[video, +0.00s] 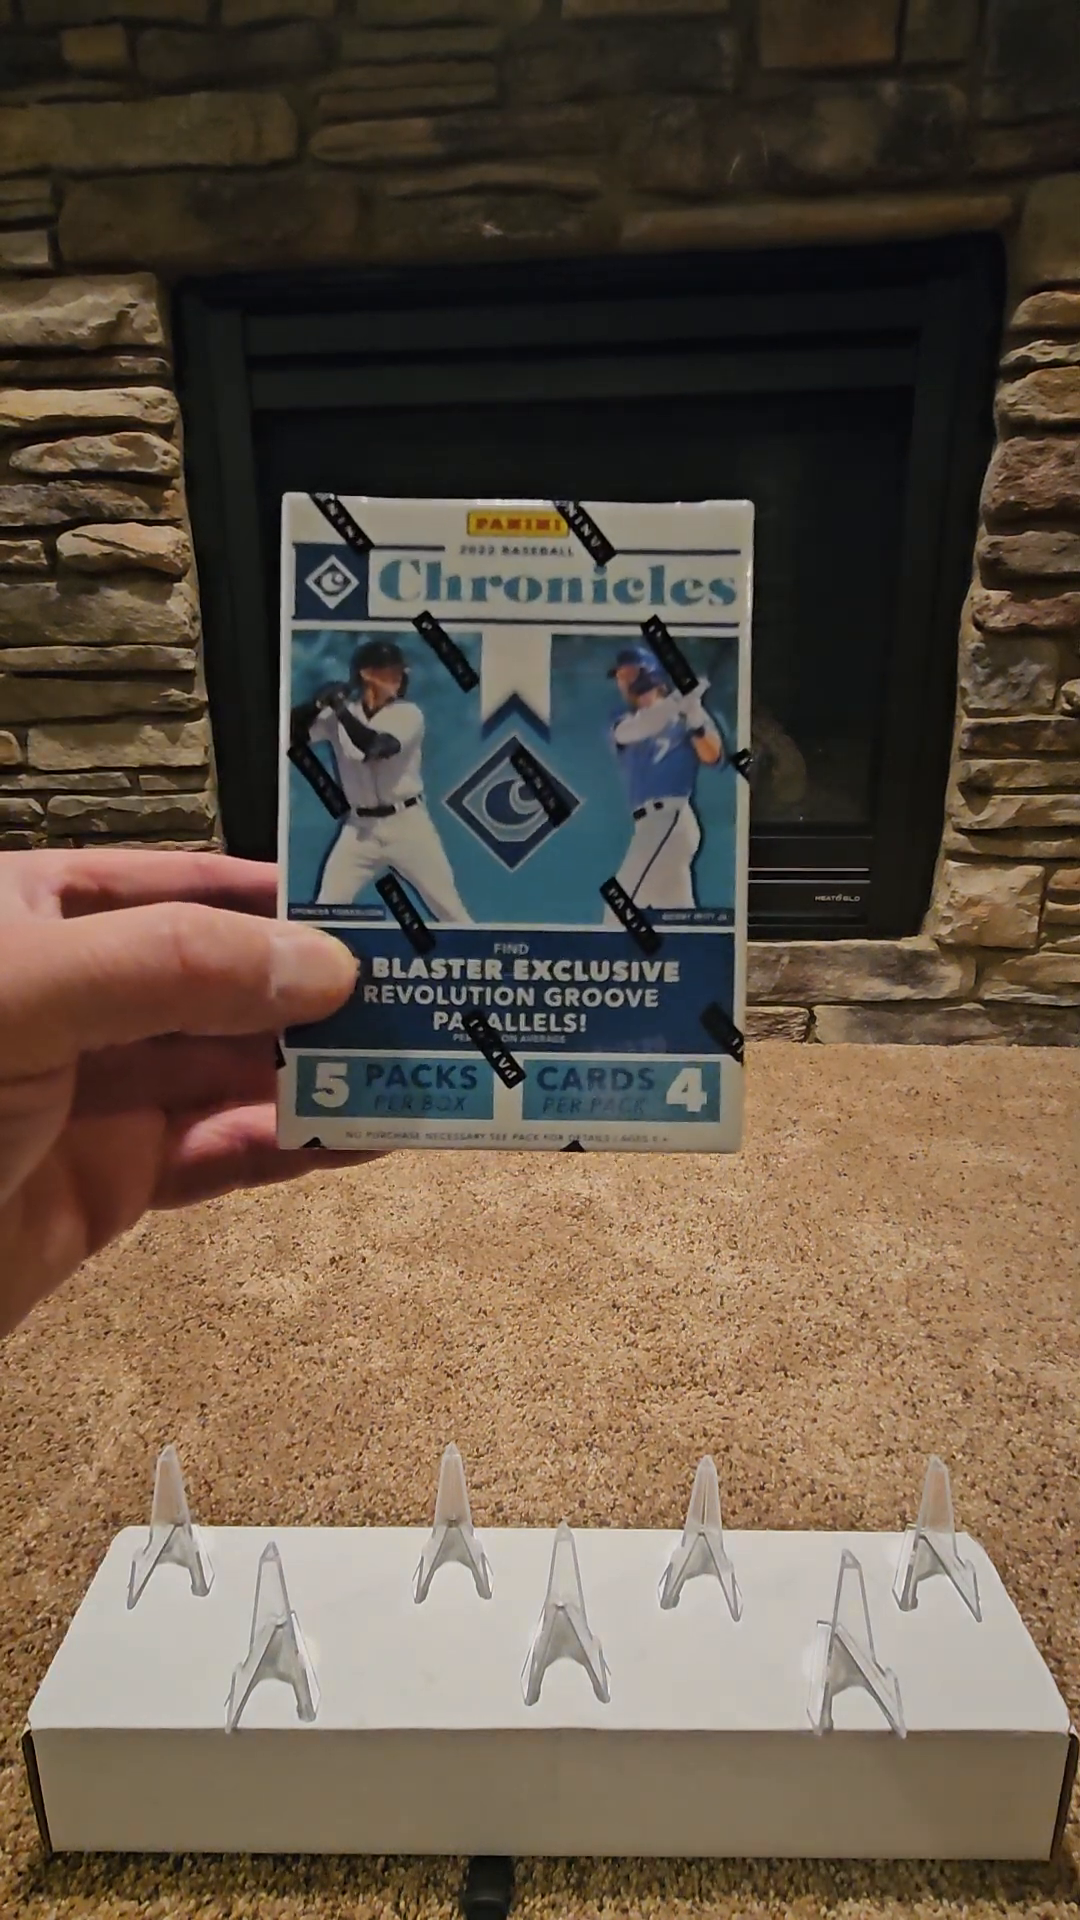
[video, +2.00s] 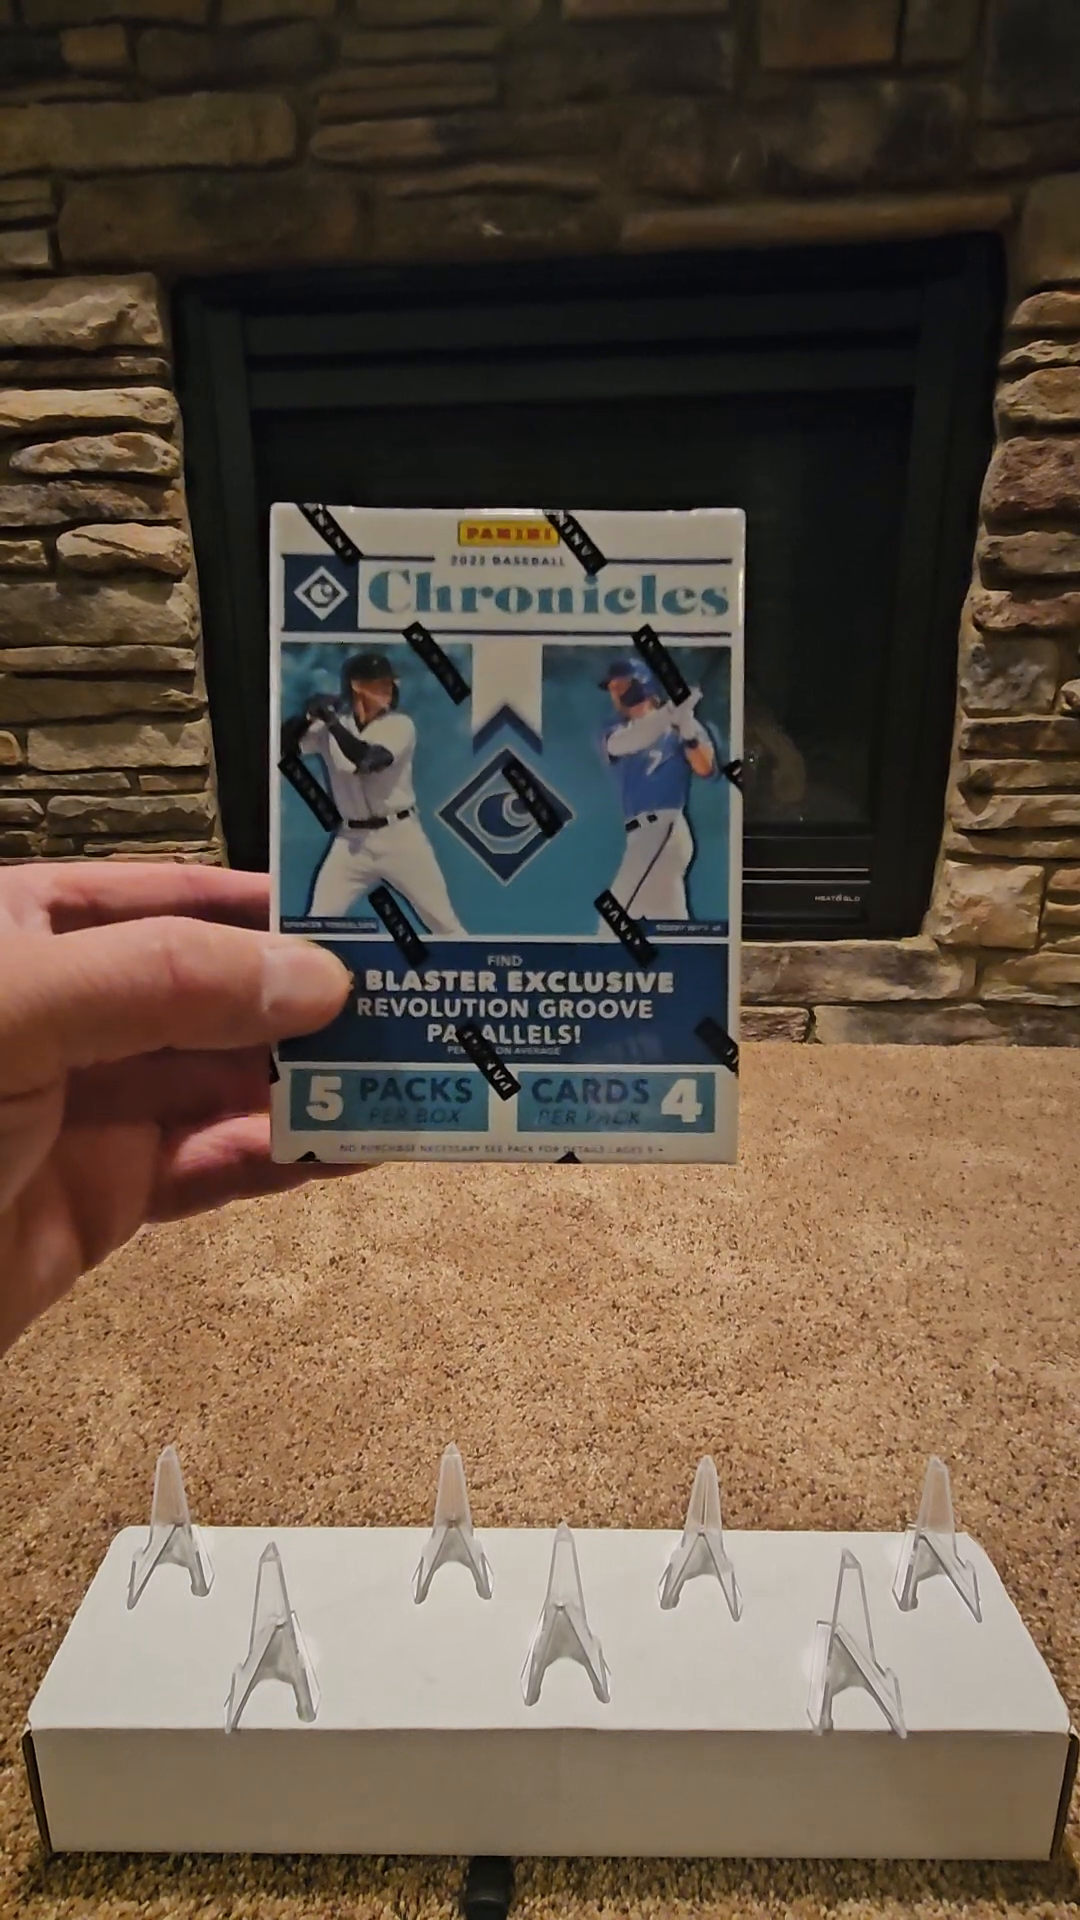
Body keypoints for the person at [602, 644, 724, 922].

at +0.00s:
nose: (623, 682)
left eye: (629, 673)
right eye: (620, 676)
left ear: (649, 676)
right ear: (617, 682)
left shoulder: (686, 712)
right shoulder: (623, 721)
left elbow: (712, 757)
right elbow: (636, 730)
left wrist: (695, 715)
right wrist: (678, 700)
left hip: (671, 820)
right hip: (647, 824)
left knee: (621, 905)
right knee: (677, 915)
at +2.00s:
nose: (614, 697)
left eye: (620, 688)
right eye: (612, 690)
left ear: (639, 687)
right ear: (611, 693)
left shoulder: (681, 724)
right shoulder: (614, 733)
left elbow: (705, 768)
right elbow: (632, 741)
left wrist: (688, 727)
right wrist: (671, 711)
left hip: (664, 831)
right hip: (640, 835)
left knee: (615, 918)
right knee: (671, 927)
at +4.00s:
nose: (617, 665)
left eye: (624, 655)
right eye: (612, 658)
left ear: (645, 657)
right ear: (608, 664)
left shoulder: (684, 696)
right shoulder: (612, 706)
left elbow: (711, 743)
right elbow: (632, 715)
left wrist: (692, 699)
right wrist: (671, 684)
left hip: (668, 811)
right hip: (643, 815)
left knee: (615, 904)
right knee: (676, 915)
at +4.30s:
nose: (600, 614)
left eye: (608, 603)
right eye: (595, 605)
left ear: (629, 602)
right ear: (589, 610)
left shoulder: (670, 643)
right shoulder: (595, 655)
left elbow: (698, 696)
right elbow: (624, 658)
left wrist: (679, 648)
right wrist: (660, 627)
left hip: (652, 768)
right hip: (625, 771)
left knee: (594, 868)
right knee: (659, 880)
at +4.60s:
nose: (622, 558)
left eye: (630, 547)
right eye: (617, 550)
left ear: (656, 549)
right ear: (613, 556)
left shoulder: (699, 592)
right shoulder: (622, 606)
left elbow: (732, 649)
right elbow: (642, 614)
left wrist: (710, 594)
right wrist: (682, 583)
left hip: (682, 727)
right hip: (653, 731)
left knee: (621, 835)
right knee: (693, 848)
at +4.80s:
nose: (644, 525)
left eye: (653, 513)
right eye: (641, 516)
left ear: (681, 514)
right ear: (638, 521)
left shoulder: (735, 562)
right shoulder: (652, 575)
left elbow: (765, 621)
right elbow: (655, 590)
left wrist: (742, 562)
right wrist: (718, 546)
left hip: (711, 704)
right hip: (682, 709)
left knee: (647, 819)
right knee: (721, 833)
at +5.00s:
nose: (679, 509)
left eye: (688, 496)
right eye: (674, 500)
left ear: (717, 497)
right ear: (670, 506)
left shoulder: (769, 547)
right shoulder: (680, 562)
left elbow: (801, 609)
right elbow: (698, 572)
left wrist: (777, 546)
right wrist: (757, 528)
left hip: (744, 697)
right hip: (713, 702)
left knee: (676, 816)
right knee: (753, 832)